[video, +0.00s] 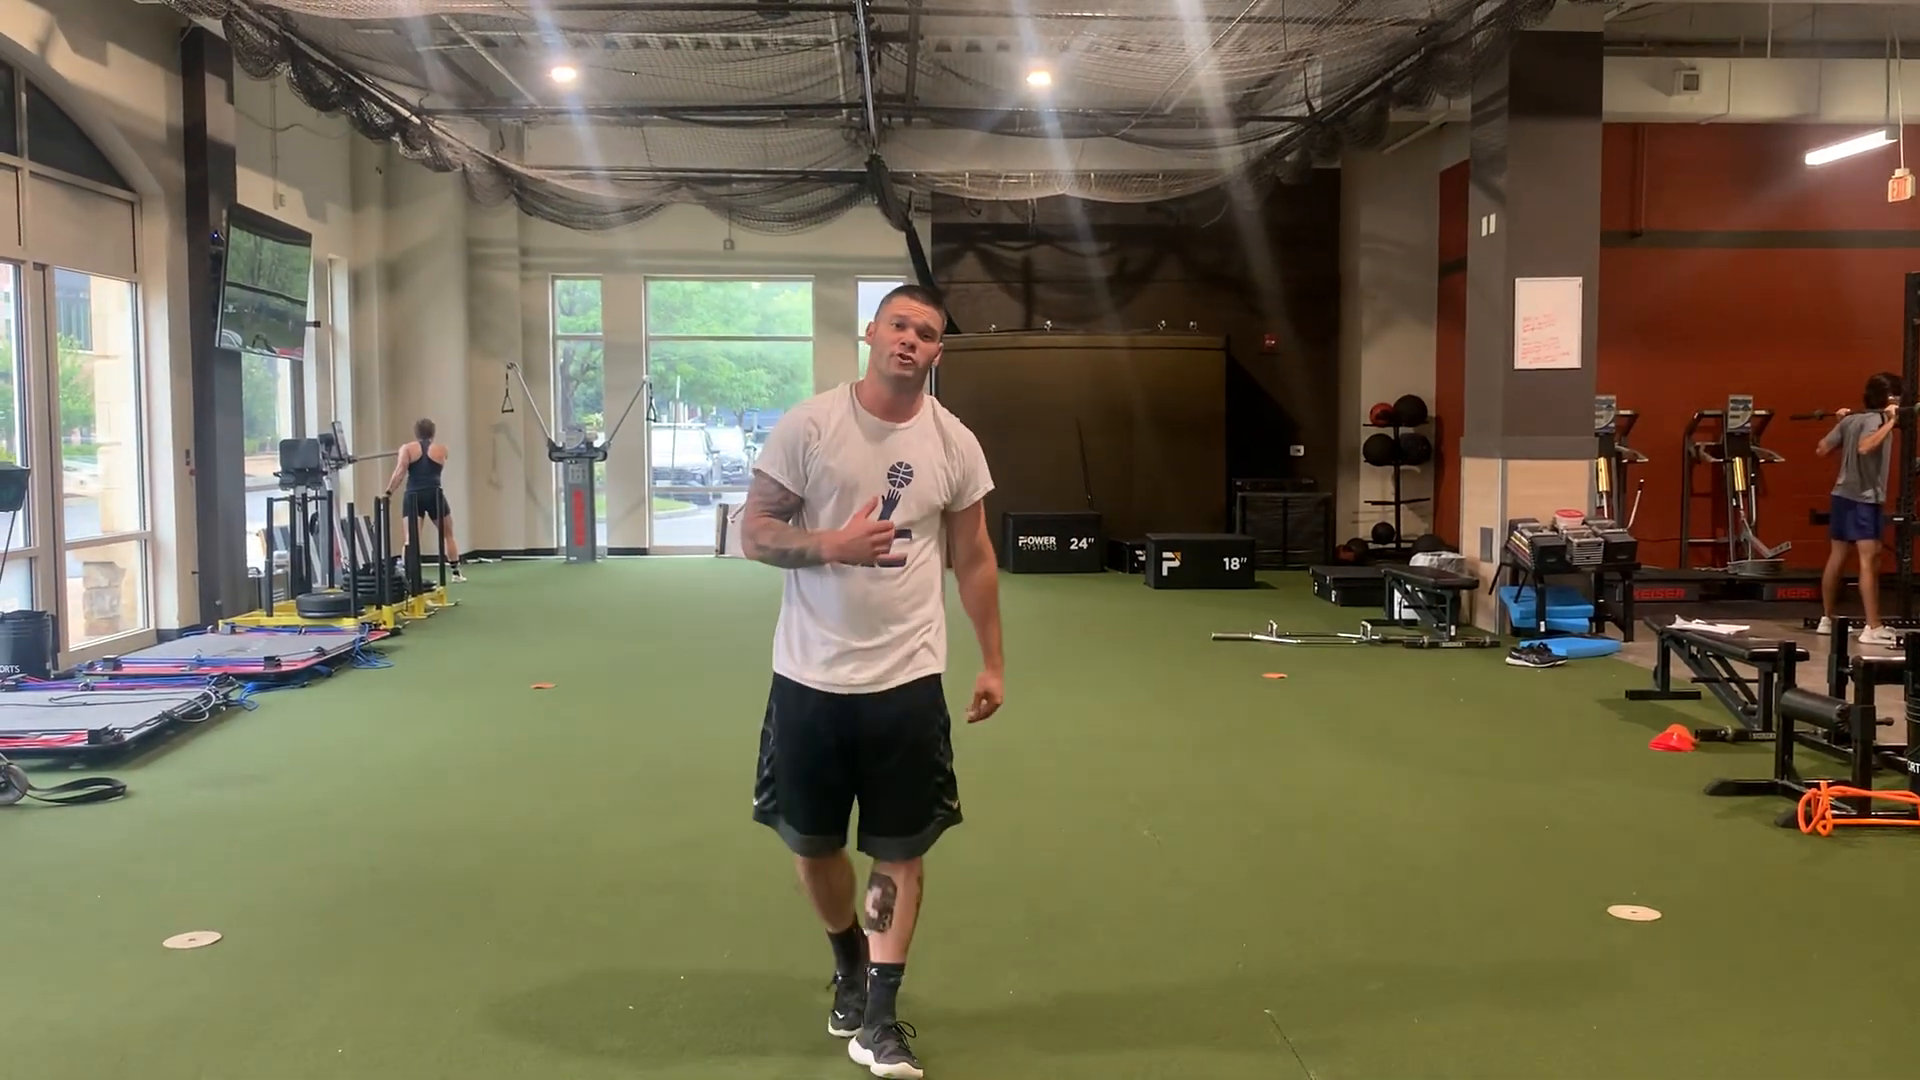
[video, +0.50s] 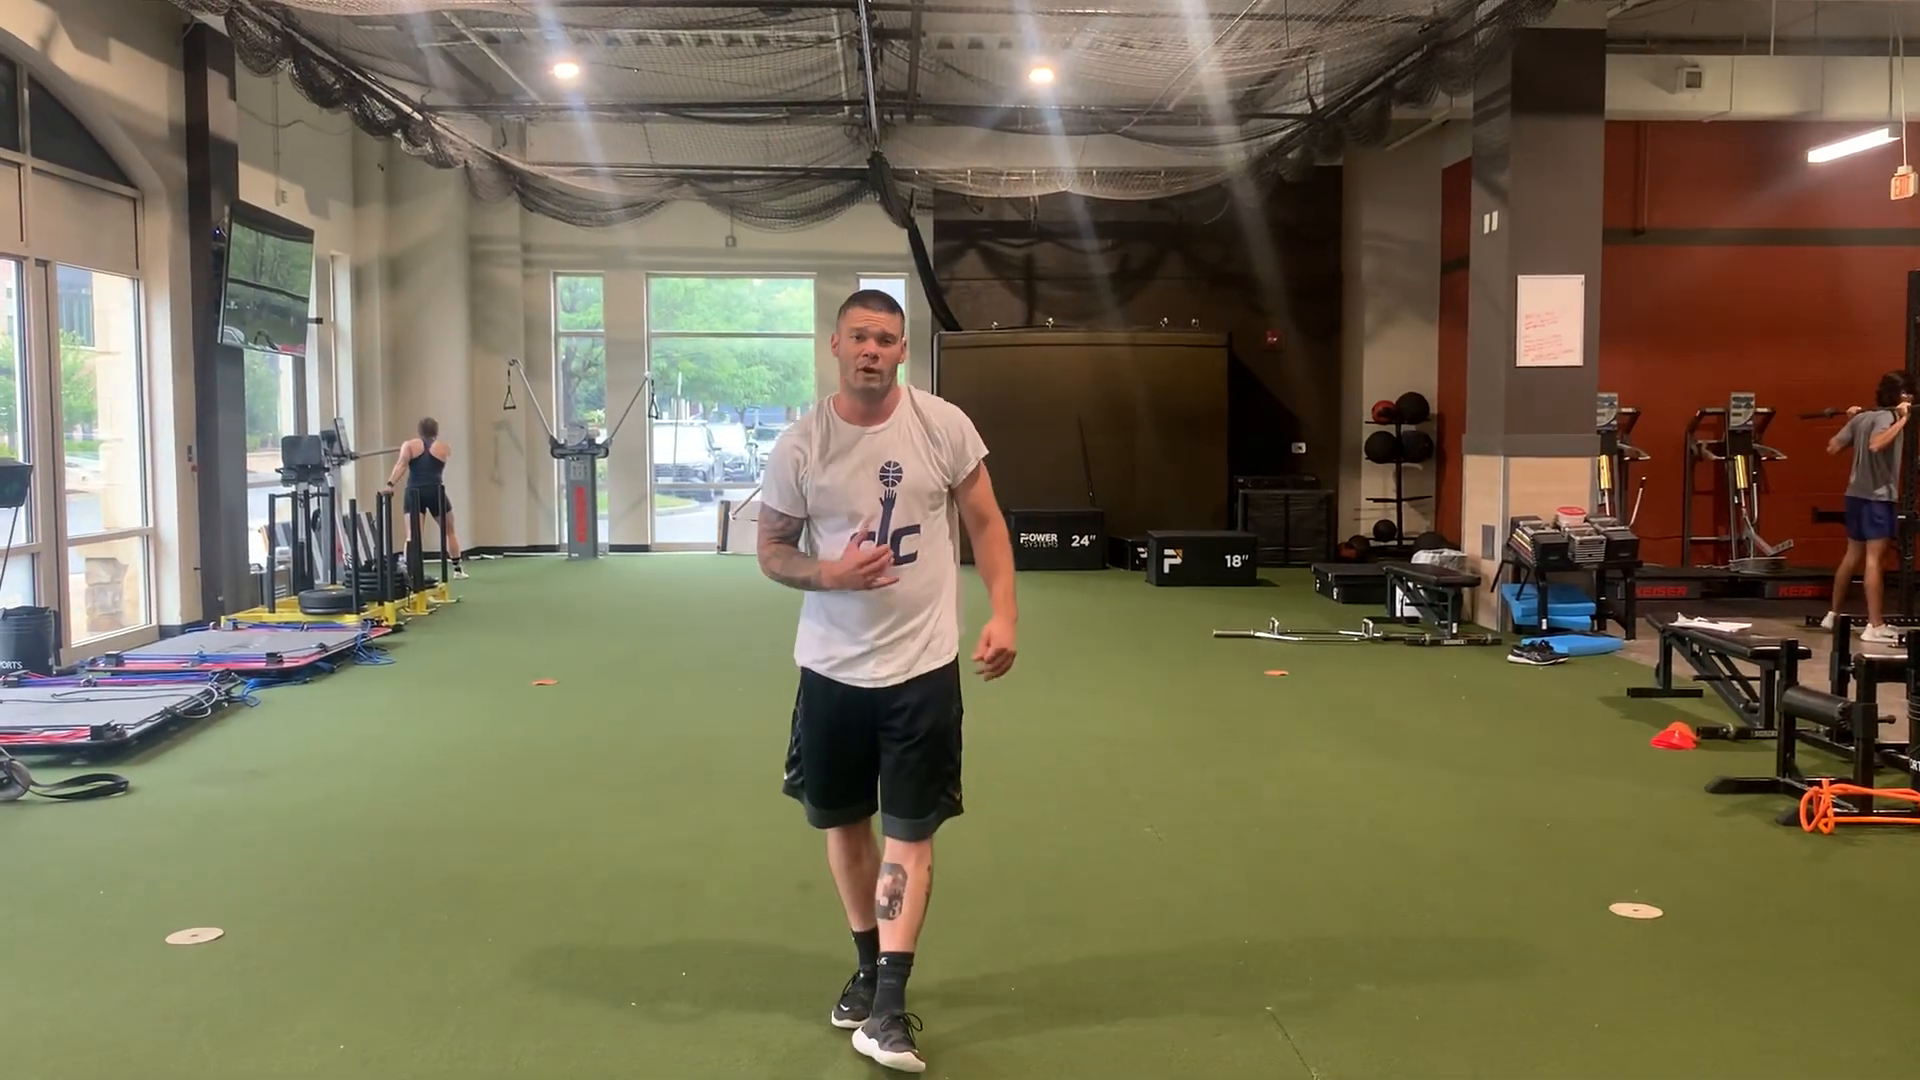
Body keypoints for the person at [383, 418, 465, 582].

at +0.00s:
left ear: (416, 433)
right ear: (433, 433)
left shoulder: (407, 449)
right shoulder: (442, 450)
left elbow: (400, 473)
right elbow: (437, 470)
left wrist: (388, 491)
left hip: (413, 496)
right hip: (434, 495)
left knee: (410, 539)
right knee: (448, 534)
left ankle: (406, 574)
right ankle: (456, 572)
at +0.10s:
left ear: (417, 432)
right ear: (433, 432)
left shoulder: (408, 447)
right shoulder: (442, 449)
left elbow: (400, 471)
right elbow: (437, 469)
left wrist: (389, 489)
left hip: (413, 494)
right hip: (434, 493)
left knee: (410, 538)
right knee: (448, 533)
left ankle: (405, 571)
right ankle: (456, 571)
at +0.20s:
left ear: (418, 431)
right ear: (434, 432)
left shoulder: (408, 446)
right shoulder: (443, 449)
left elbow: (400, 469)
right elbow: (438, 469)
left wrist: (390, 488)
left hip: (414, 494)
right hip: (435, 493)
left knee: (411, 536)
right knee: (448, 532)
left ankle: (406, 570)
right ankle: (457, 570)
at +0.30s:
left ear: (418, 431)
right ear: (435, 432)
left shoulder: (408, 446)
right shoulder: (443, 448)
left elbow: (401, 467)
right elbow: (438, 468)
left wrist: (390, 485)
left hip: (414, 493)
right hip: (435, 492)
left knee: (411, 536)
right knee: (448, 532)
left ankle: (406, 570)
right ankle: (457, 570)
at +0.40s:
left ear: (419, 431)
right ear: (435, 432)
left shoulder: (409, 446)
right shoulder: (444, 448)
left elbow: (401, 466)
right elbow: (438, 467)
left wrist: (391, 483)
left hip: (414, 492)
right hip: (435, 491)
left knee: (411, 535)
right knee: (449, 532)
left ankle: (407, 570)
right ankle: (457, 569)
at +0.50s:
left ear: (419, 431)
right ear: (436, 432)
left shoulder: (409, 446)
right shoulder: (444, 448)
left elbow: (401, 465)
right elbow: (439, 467)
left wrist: (390, 484)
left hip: (414, 492)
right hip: (435, 491)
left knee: (412, 535)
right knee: (449, 531)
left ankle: (410, 571)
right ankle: (458, 568)